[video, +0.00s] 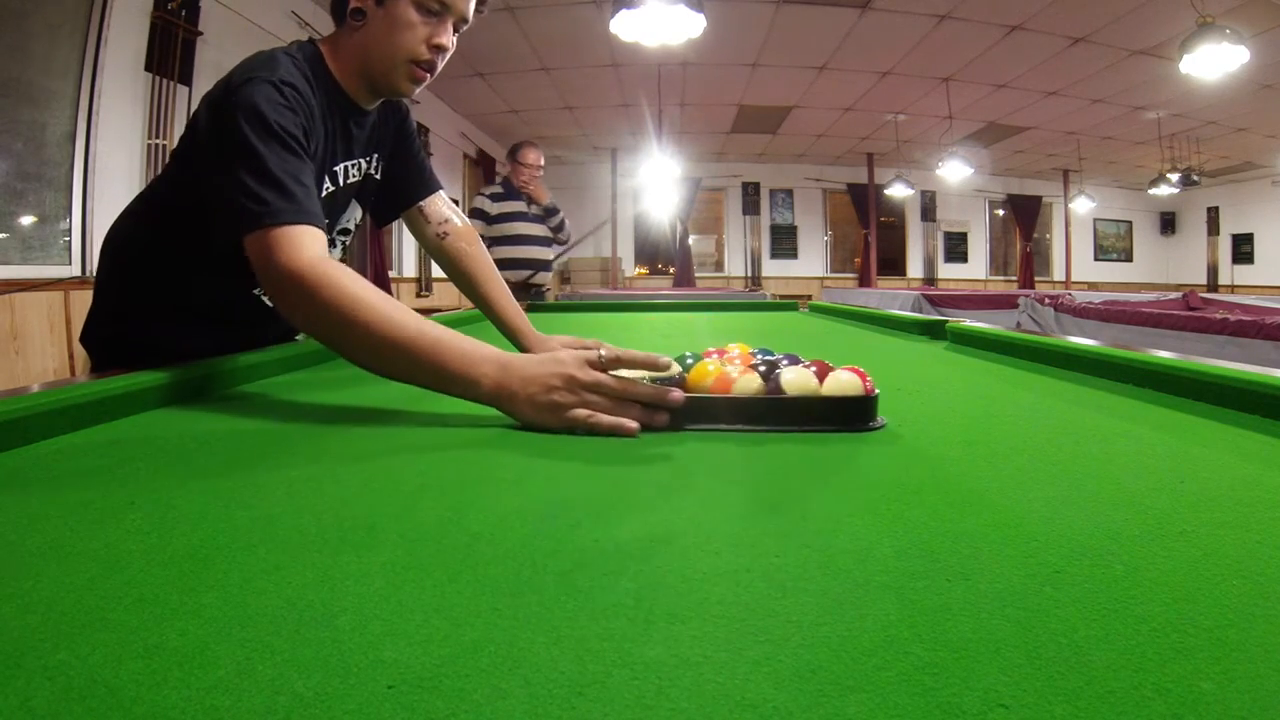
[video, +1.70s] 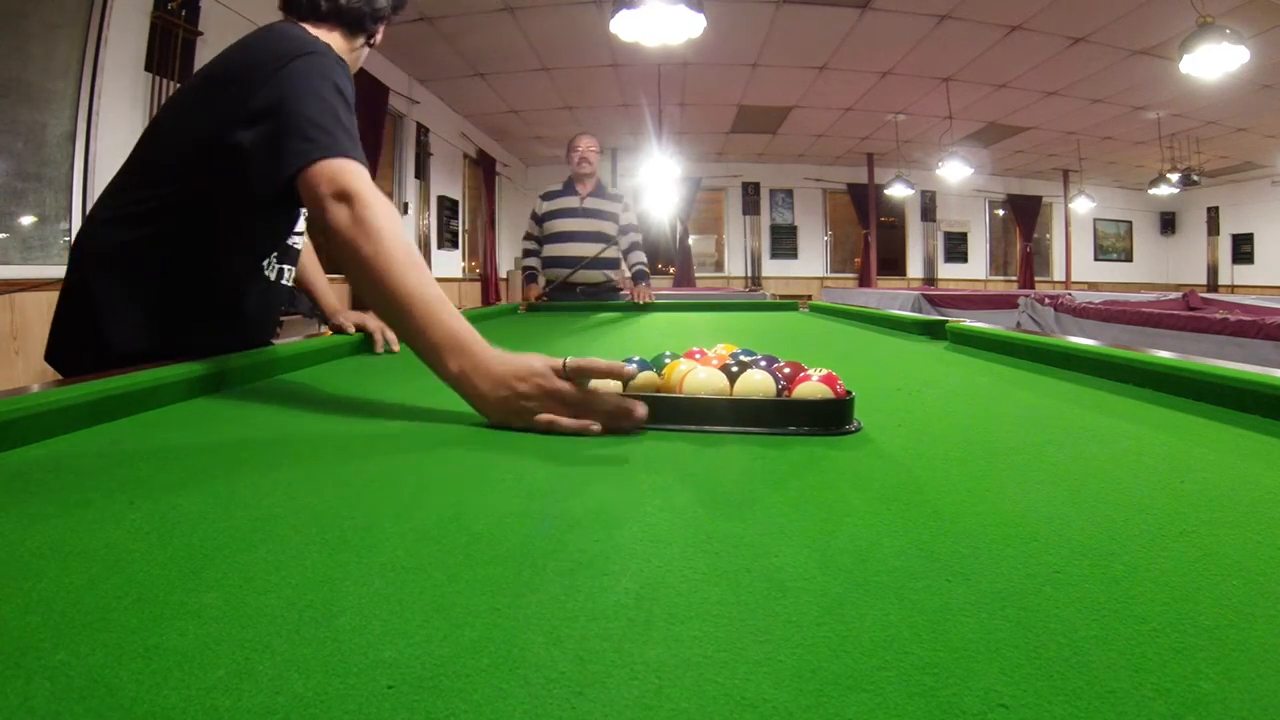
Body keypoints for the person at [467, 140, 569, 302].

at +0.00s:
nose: (536, 174)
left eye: (540, 168)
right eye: (529, 167)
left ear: (543, 169)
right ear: (511, 164)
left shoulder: (541, 199)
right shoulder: (489, 196)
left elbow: (564, 239)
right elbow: (472, 241)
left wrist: (547, 203)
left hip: (537, 293)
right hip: (502, 291)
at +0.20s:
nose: (542, 169)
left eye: (548, 164)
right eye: (535, 163)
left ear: (554, 168)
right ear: (522, 165)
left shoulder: (559, 200)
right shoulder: (502, 198)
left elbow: (577, 240)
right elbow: (485, 249)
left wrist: (566, 205)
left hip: (550, 293)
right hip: (515, 291)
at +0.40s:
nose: (546, 167)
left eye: (552, 161)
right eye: (539, 161)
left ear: (559, 168)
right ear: (527, 166)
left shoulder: (564, 206)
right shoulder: (508, 198)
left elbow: (585, 244)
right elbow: (490, 244)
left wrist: (580, 218)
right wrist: (493, 284)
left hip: (557, 293)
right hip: (520, 291)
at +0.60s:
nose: (545, 163)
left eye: (551, 159)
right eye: (537, 158)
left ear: (558, 165)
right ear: (526, 165)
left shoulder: (567, 205)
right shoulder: (508, 201)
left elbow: (583, 228)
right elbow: (491, 248)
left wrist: (590, 239)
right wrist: (498, 288)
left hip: (562, 295)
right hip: (525, 294)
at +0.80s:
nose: (543, 161)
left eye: (548, 156)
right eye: (535, 157)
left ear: (556, 162)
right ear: (524, 164)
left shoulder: (571, 200)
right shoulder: (507, 202)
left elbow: (591, 233)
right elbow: (491, 247)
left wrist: (604, 262)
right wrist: (496, 284)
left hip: (566, 295)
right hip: (528, 295)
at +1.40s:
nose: (557, 155)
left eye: (564, 151)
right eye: (550, 152)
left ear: (574, 160)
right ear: (541, 161)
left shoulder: (592, 201)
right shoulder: (521, 201)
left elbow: (610, 241)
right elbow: (505, 244)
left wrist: (627, 275)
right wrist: (509, 285)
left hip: (583, 298)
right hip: (538, 299)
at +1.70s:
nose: (583, 155)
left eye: (590, 150)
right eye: (577, 150)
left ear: (600, 158)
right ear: (568, 159)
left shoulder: (618, 203)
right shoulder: (546, 200)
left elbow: (632, 244)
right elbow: (531, 243)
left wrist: (641, 282)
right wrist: (531, 282)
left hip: (605, 299)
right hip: (558, 299)